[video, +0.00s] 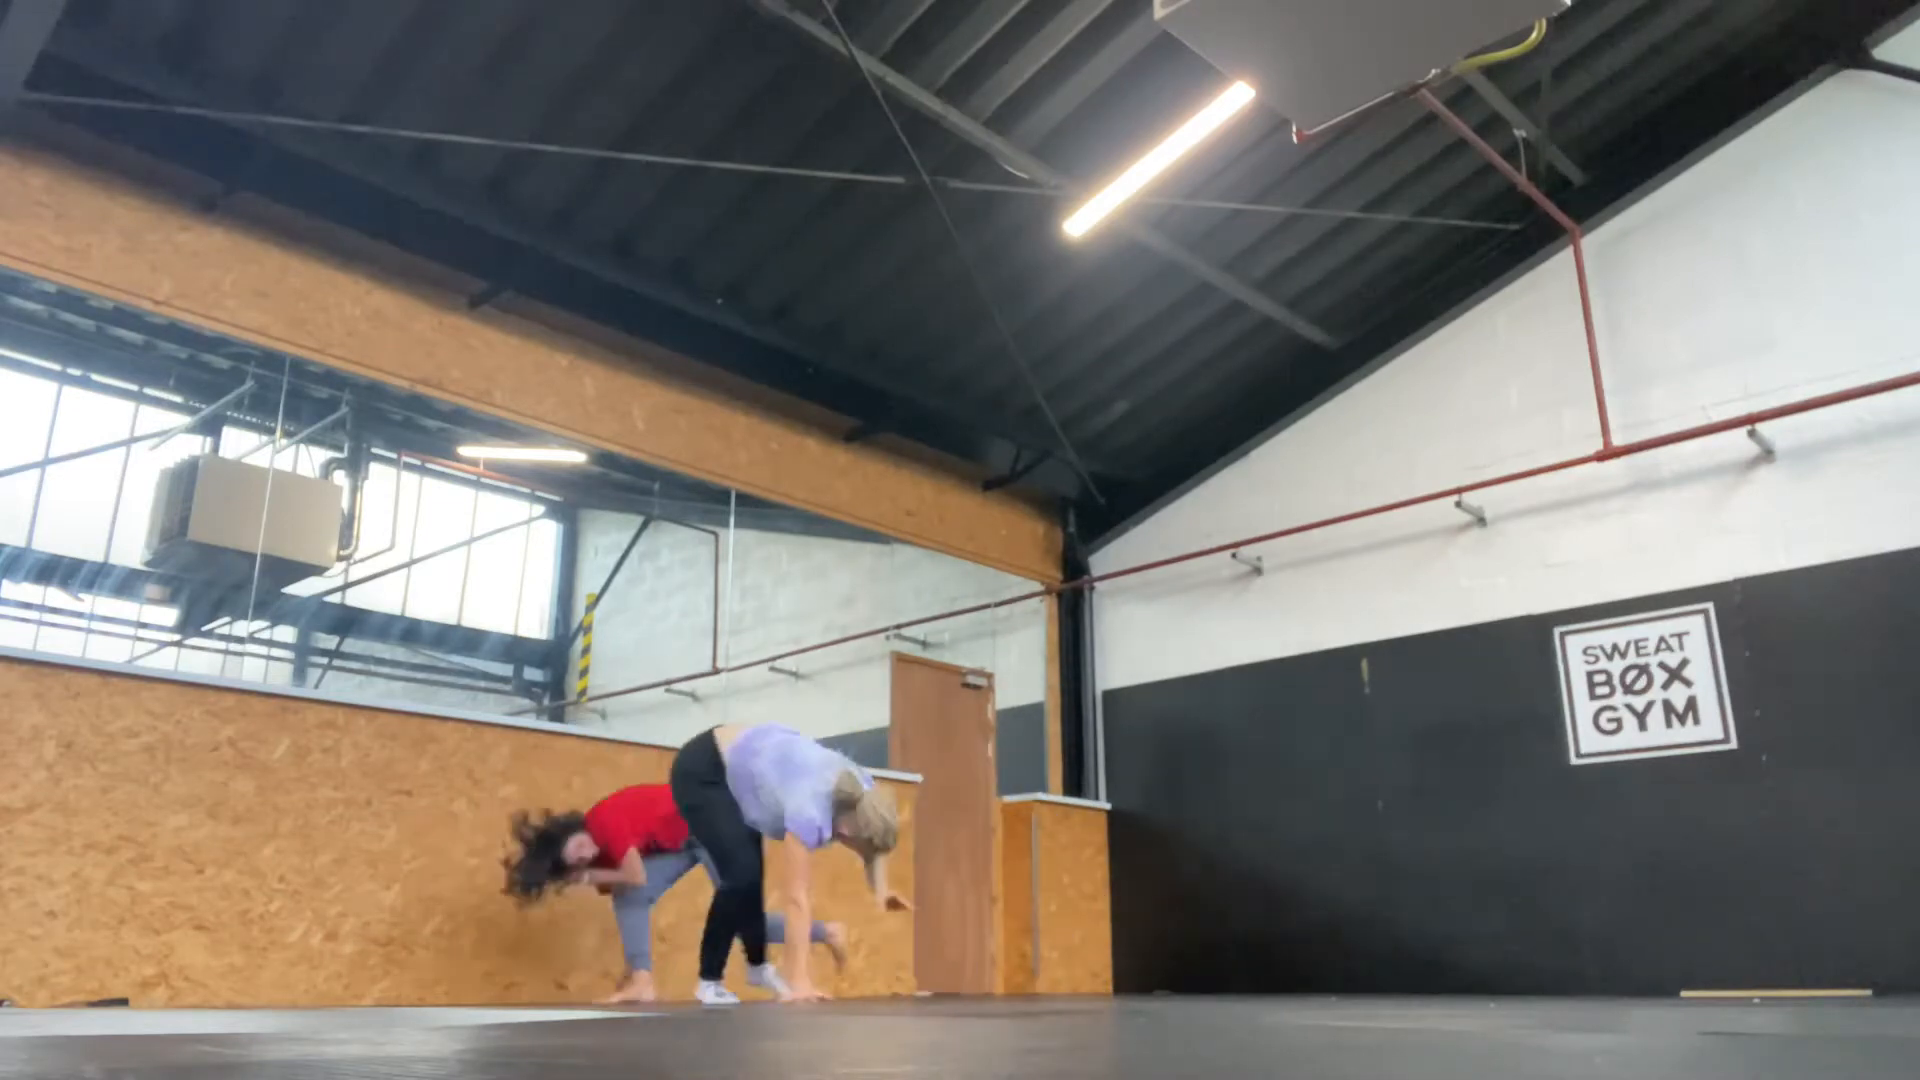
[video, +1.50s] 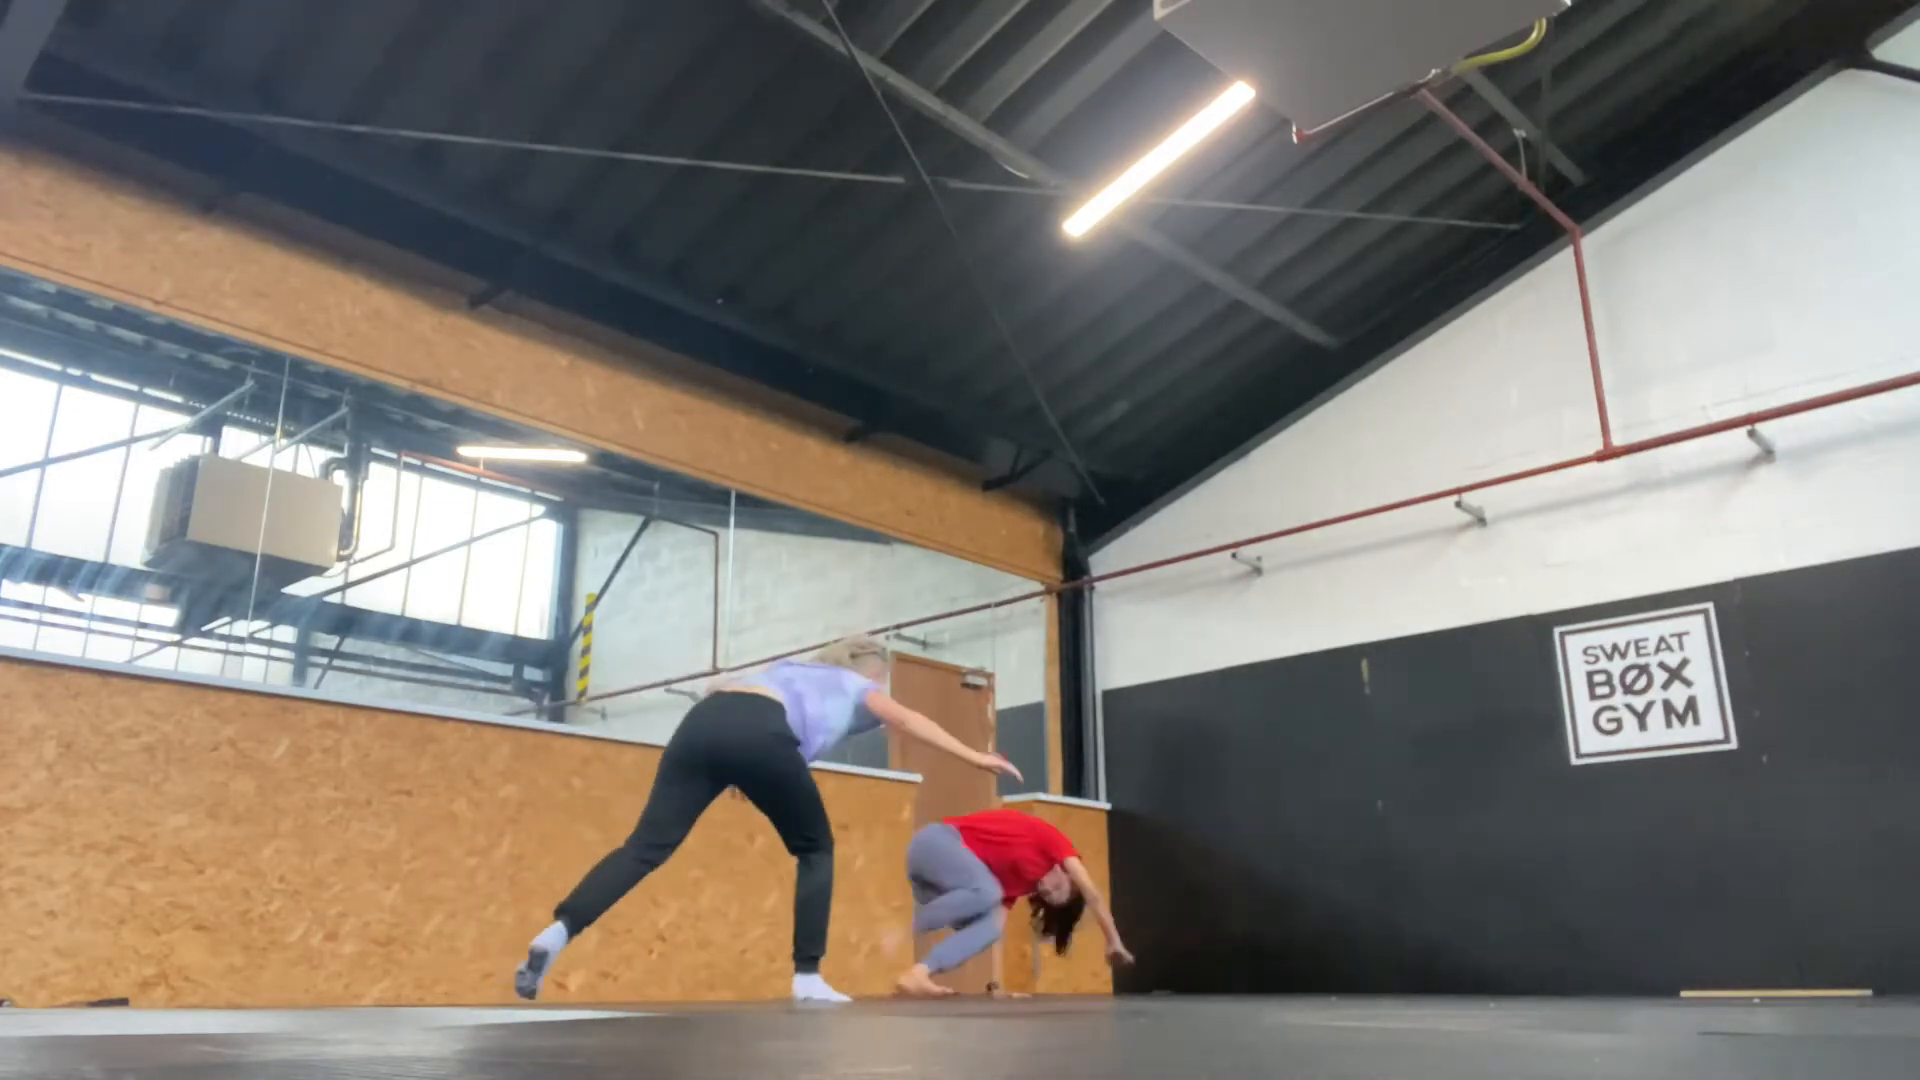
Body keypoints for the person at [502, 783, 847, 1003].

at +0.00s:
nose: (580, 863)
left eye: (574, 861)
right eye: (572, 865)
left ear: (575, 841)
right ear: (575, 851)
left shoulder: (609, 824)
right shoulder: (596, 831)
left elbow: (633, 875)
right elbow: (624, 872)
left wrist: (592, 878)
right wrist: (599, 876)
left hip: (711, 835)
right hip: (674, 845)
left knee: (740, 920)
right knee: (631, 896)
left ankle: (824, 932)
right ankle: (641, 982)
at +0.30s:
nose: (825, 685)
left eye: (831, 679)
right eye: (829, 676)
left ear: (806, 648)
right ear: (819, 660)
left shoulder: (760, 657)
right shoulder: (788, 672)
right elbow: (726, 700)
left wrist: (722, 749)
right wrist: (713, 773)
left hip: (630, 732)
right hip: (671, 742)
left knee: (638, 852)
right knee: (715, 860)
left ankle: (560, 939)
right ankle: (697, 977)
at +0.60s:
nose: (690, 658)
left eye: (691, 652)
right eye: (691, 652)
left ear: (647, 635)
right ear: (682, 647)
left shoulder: (598, 653)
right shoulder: (685, 674)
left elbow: (540, 703)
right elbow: (701, 747)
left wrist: (559, 740)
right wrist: (688, 759)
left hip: (560, 737)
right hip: (624, 738)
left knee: (551, 870)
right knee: (681, 844)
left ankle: (505, 980)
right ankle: (707, 946)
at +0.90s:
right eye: (653, 685)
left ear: (609, 674)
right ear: (649, 681)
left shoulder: (578, 690)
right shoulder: (657, 694)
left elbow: (546, 740)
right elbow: (667, 748)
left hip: (562, 747)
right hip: (628, 744)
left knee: (554, 866)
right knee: (706, 853)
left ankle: (506, 980)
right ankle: (753, 958)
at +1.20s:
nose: (779, 681)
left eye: (776, 677)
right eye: (777, 675)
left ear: (731, 666)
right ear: (769, 673)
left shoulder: (696, 676)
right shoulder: (774, 694)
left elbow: (636, 692)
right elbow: (822, 768)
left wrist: (649, 744)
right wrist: (811, 791)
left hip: (643, 741)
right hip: (704, 745)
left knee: (593, 869)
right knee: (776, 857)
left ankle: (509, 983)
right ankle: (803, 981)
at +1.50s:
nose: (883, 692)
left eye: (883, 684)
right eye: (881, 685)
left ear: (834, 663)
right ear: (866, 674)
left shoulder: (794, 669)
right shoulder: (856, 685)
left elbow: (737, 684)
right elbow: (907, 720)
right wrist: (975, 756)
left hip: (705, 718)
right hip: (761, 726)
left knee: (646, 846)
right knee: (814, 850)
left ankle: (556, 933)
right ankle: (808, 980)